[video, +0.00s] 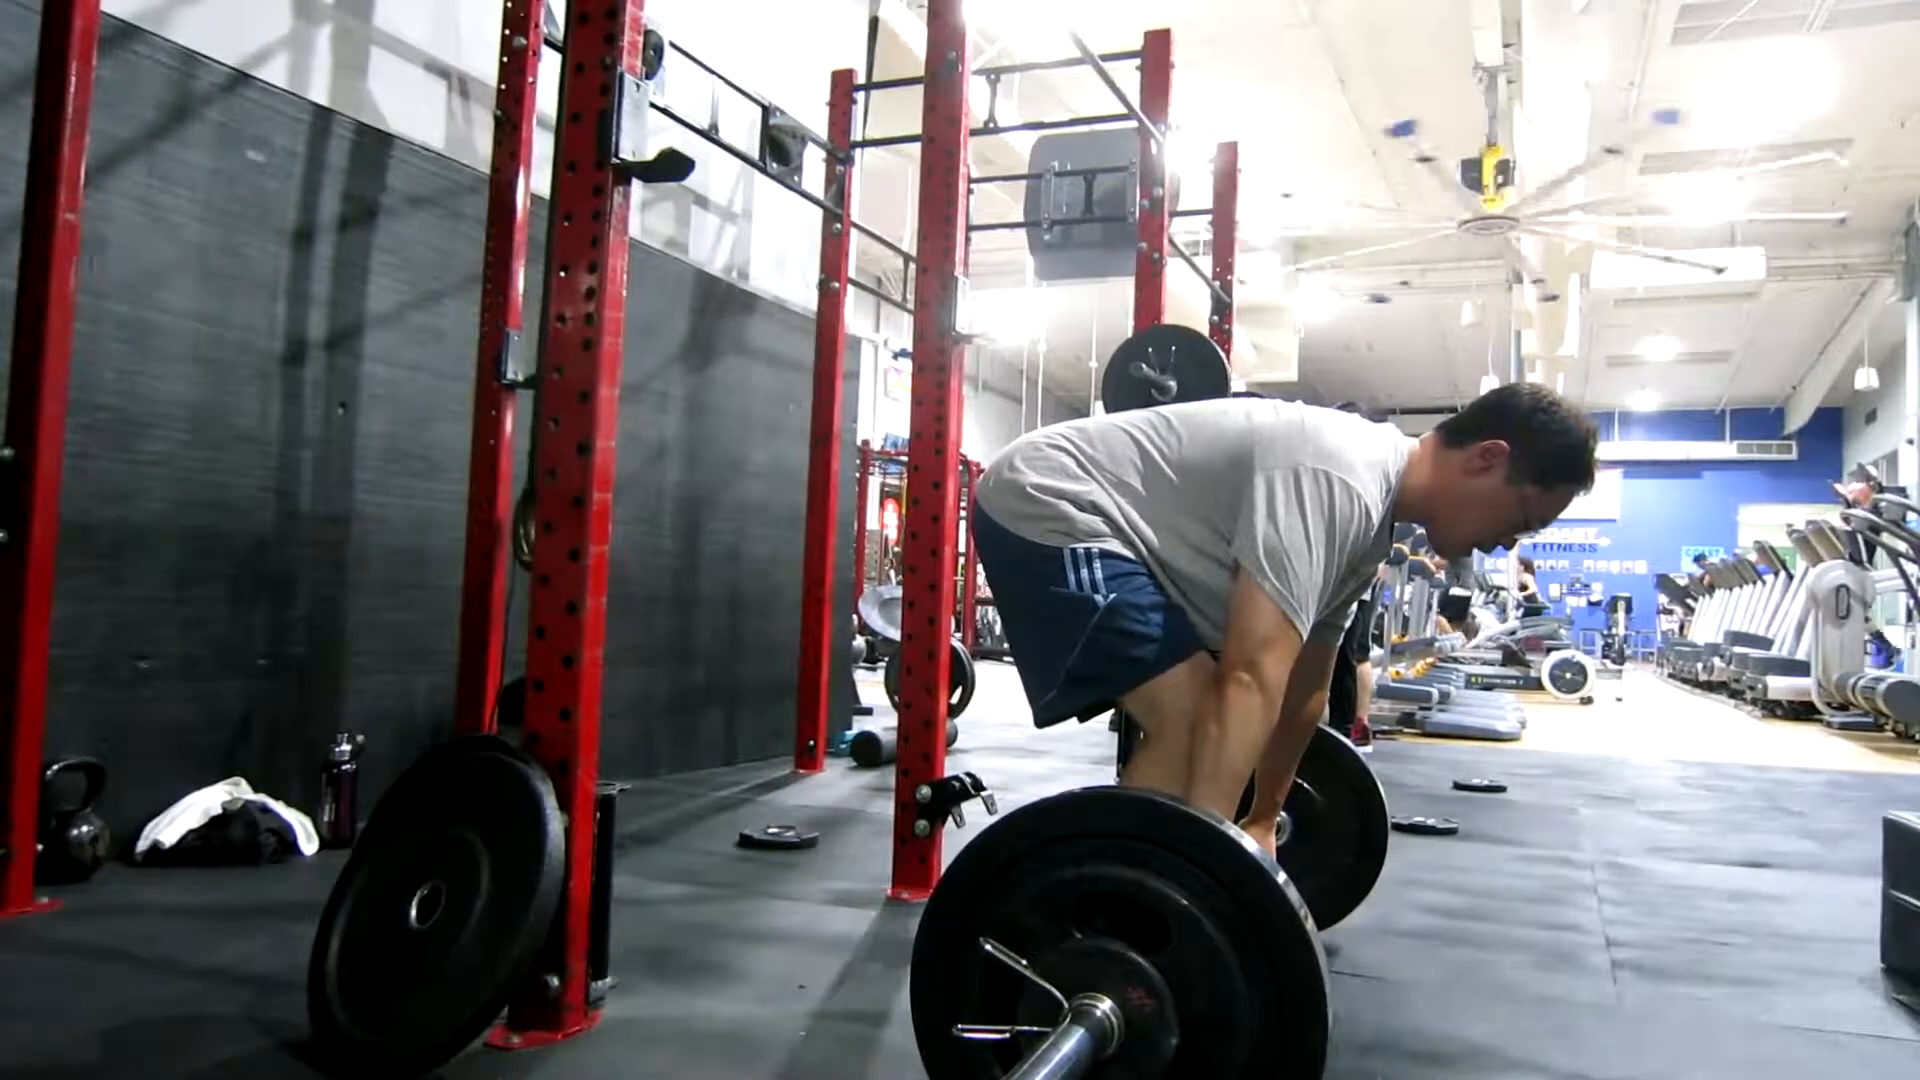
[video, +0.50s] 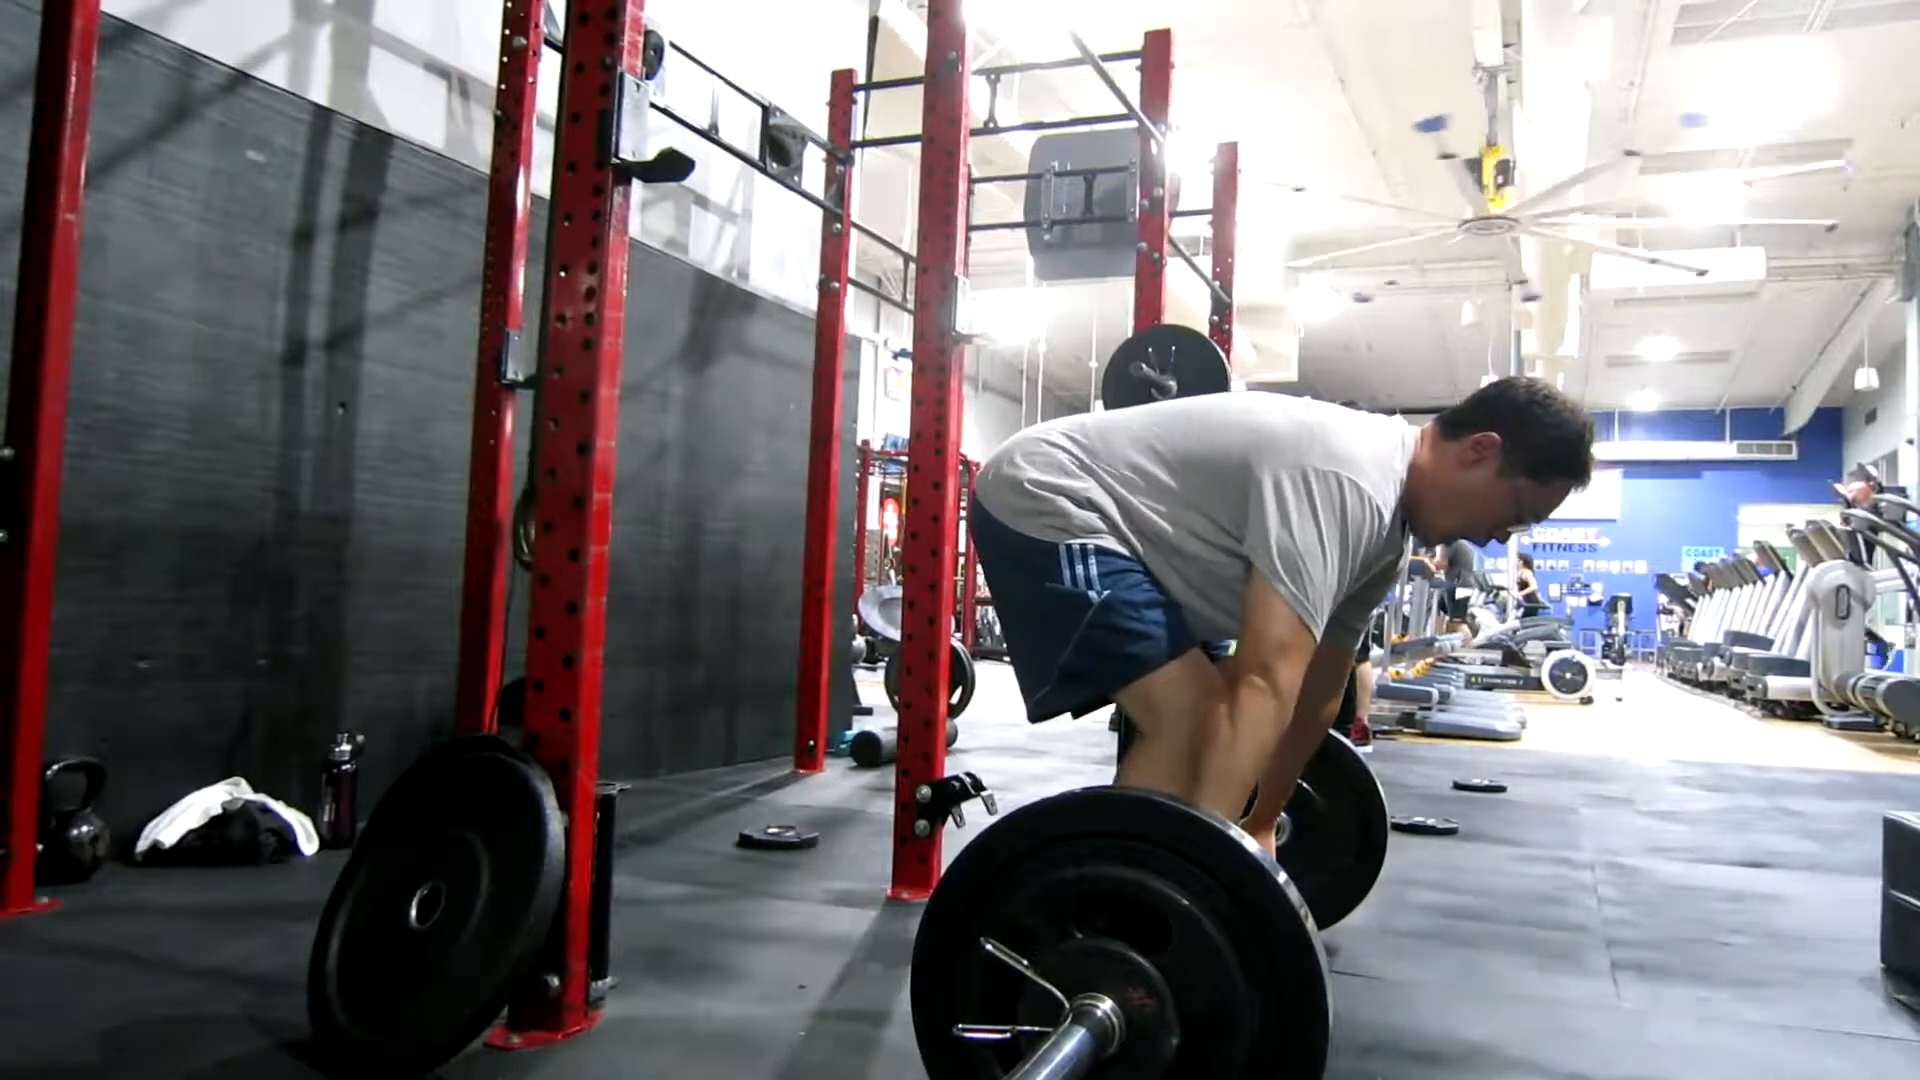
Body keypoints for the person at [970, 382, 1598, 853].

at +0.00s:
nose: (1506, 544)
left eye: (1524, 531)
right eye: (1520, 521)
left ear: (1487, 460)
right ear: (1488, 461)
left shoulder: (1369, 514)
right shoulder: (1334, 475)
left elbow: (1305, 691)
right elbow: (1247, 674)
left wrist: (1260, 821)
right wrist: (1192, 869)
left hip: (1096, 521)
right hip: (1051, 502)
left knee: (1190, 723)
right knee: (1202, 708)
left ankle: (1115, 909)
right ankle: (1151, 908)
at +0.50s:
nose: (1502, 537)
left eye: (1520, 526)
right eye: (1514, 515)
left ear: (1480, 454)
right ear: (1481, 454)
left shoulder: (1389, 516)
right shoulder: (1343, 476)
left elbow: (1321, 684)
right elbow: (1259, 676)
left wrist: (1256, 828)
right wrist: (1194, 869)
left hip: (1108, 522)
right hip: (1050, 498)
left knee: (1194, 719)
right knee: (1197, 709)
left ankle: (1113, 919)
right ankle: (1134, 919)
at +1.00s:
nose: (1484, 517)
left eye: (1502, 505)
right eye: (1497, 494)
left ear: (1465, 436)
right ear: (1465, 434)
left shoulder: (1353, 524)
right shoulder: (1306, 470)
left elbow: (1287, 675)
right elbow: (1219, 666)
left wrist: (1266, 813)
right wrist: (1200, 857)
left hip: (1094, 545)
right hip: (1036, 522)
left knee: (1183, 727)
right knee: (1197, 710)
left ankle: (1117, 905)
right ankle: (1157, 910)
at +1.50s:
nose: (1474, 387)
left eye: (1491, 374)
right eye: (1488, 364)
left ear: (1455, 300)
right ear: (1457, 298)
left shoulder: (1350, 389)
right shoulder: (1308, 321)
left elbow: (1257, 500)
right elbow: (1170, 413)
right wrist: (1212, 589)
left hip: (1113, 502)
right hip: (1045, 485)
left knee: (1183, 703)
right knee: (1148, 715)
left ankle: (1161, 932)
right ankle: (1103, 980)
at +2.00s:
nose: (1491, 450)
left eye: (1509, 438)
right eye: (1505, 427)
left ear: (1476, 358)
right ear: (1476, 359)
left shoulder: (1350, 433)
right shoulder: (1337, 364)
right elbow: (1187, 416)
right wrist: (1226, 599)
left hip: (1115, 508)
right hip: (1044, 483)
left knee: (1175, 715)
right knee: (1121, 728)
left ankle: (1163, 946)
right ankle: (1104, 979)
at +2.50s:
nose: (1504, 535)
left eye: (1523, 524)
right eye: (1516, 513)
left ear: (1485, 455)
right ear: (1486, 455)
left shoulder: (1381, 504)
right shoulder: (1339, 466)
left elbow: (1304, 681)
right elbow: (1248, 660)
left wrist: (1254, 832)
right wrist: (1204, 863)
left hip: (1112, 510)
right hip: (1053, 489)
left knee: (1193, 711)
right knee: (1194, 700)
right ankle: (1166, 912)